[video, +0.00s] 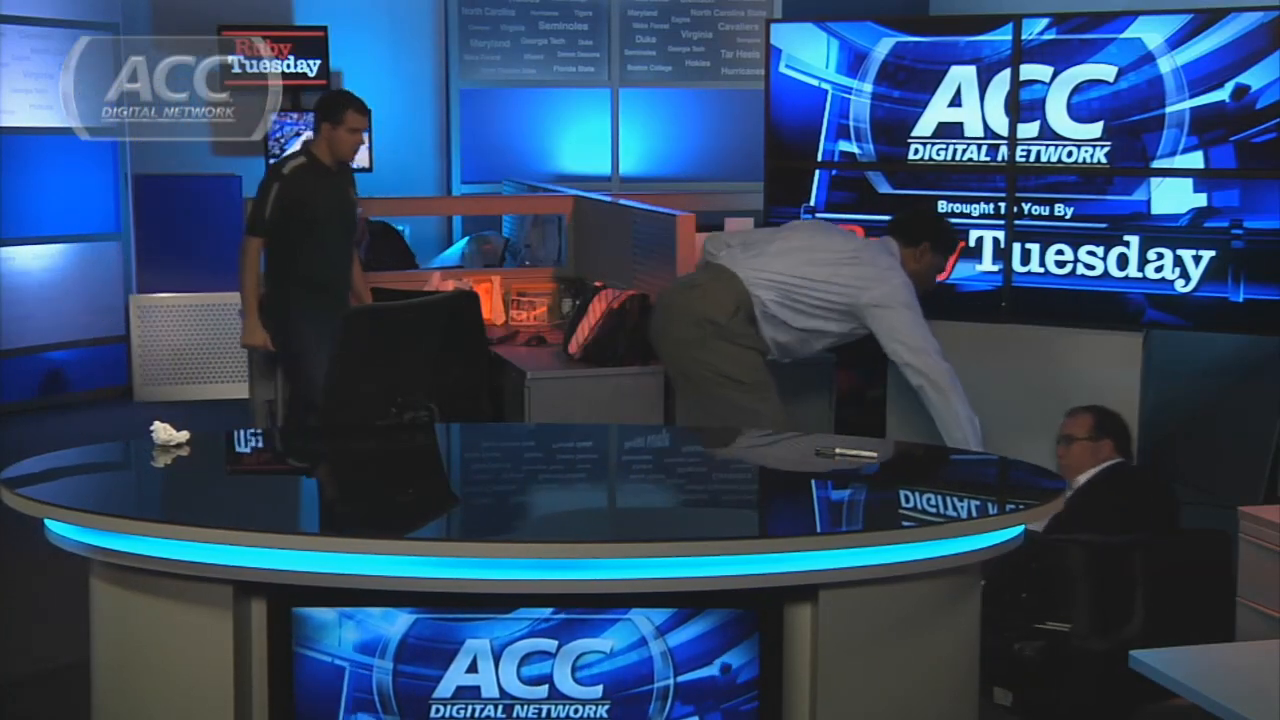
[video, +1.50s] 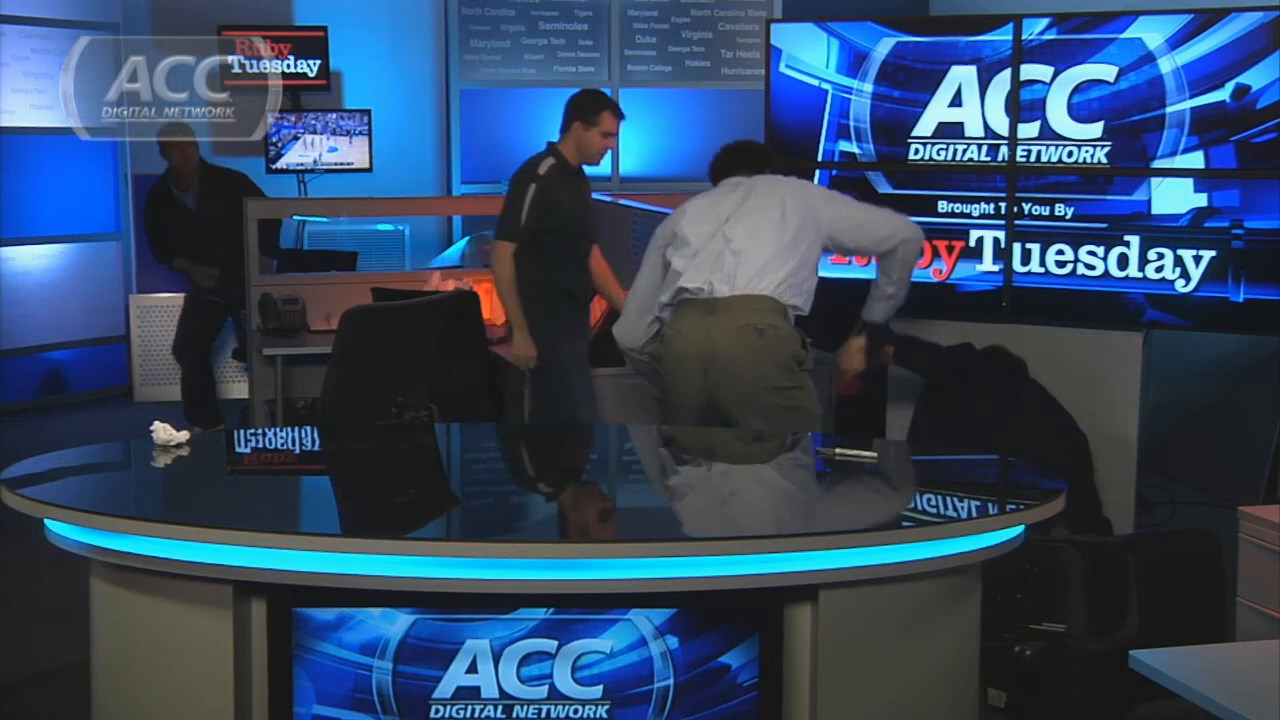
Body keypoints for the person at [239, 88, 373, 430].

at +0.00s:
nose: (361, 141)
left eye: (363, 133)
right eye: (354, 132)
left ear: (331, 131)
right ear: (326, 129)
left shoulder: (344, 177)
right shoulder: (284, 175)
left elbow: (346, 250)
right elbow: (252, 246)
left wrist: (367, 307)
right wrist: (251, 319)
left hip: (335, 309)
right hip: (294, 310)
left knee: (335, 403)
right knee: (308, 404)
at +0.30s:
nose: (406, 138)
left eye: (408, 130)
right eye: (399, 130)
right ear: (371, 128)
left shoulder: (388, 170)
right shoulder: (330, 173)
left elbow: (389, 249)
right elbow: (302, 252)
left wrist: (408, 307)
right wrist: (319, 325)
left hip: (385, 319)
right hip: (343, 321)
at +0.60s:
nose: (447, 139)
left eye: (450, 131)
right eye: (441, 129)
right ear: (412, 125)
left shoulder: (424, 173)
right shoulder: (373, 173)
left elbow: (421, 260)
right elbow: (351, 257)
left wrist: (448, 315)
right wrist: (385, 318)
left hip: (428, 321)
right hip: (389, 325)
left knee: (447, 420)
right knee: (390, 424)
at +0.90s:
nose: (506, 144)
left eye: (509, 135)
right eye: (500, 134)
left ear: (477, 130)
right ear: (471, 128)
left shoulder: (478, 177)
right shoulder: (430, 177)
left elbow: (475, 263)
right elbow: (404, 261)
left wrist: (497, 323)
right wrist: (432, 332)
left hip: (484, 331)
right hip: (445, 335)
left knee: (486, 438)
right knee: (438, 441)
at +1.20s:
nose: (559, 140)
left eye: (562, 131)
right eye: (554, 130)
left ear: (533, 125)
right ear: (526, 123)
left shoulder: (532, 177)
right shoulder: (482, 171)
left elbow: (538, 259)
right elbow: (449, 250)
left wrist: (571, 319)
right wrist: (462, 324)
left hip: (531, 322)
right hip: (492, 323)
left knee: (532, 428)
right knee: (506, 432)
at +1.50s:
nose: (611, 145)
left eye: (613, 137)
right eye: (605, 135)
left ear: (581, 131)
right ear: (577, 129)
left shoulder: (578, 180)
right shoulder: (535, 175)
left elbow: (588, 252)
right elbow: (501, 256)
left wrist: (628, 311)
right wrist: (520, 332)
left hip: (571, 324)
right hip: (542, 325)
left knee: (574, 430)